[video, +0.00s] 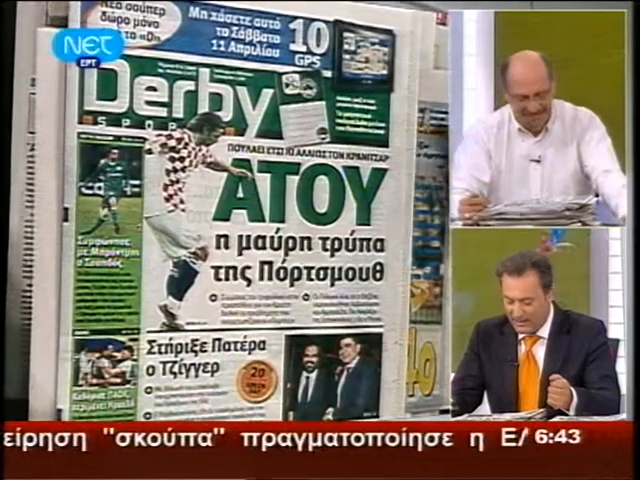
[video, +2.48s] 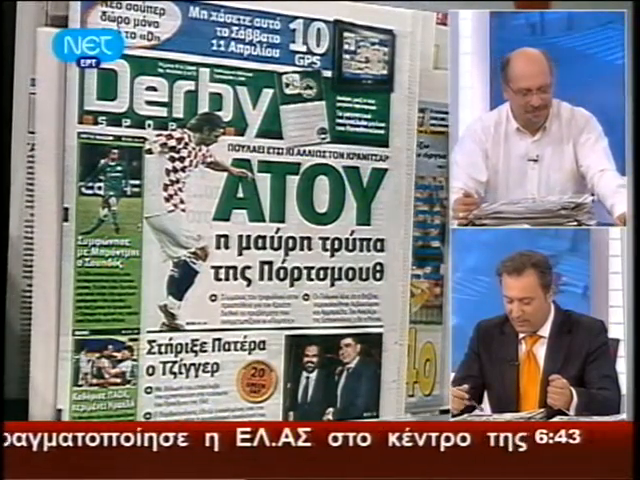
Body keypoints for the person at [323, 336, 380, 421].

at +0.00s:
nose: (343, 351)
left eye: (347, 346)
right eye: (341, 348)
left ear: (358, 348)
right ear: (339, 351)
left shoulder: (367, 368)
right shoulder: (341, 371)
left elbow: (361, 409)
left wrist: (335, 414)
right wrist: (330, 411)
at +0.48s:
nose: (343, 351)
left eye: (347, 346)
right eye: (341, 348)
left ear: (358, 348)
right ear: (339, 351)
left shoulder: (367, 368)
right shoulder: (340, 371)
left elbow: (360, 409)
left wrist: (335, 415)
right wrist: (330, 411)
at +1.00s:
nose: (343, 351)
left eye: (347, 346)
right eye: (341, 348)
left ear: (358, 348)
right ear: (339, 351)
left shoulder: (367, 368)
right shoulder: (340, 371)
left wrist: (335, 415)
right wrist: (331, 411)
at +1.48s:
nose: (343, 351)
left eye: (347, 346)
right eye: (341, 348)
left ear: (358, 348)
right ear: (339, 351)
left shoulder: (367, 368)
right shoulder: (340, 371)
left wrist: (335, 415)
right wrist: (330, 411)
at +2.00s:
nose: (343, 351)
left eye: (347, 346)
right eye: (341, 348)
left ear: (358, 348)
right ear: (339, 351)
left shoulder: (367, 368)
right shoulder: (340, 372)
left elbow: (360, 409)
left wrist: (335, 415)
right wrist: (330, 411)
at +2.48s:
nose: (343, 351)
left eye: (347, 346)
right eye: (341, 348)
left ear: (358, 348)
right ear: (339, 351)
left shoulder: (367, 368)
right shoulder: (340, 372)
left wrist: (335, 415)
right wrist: (331, 411)